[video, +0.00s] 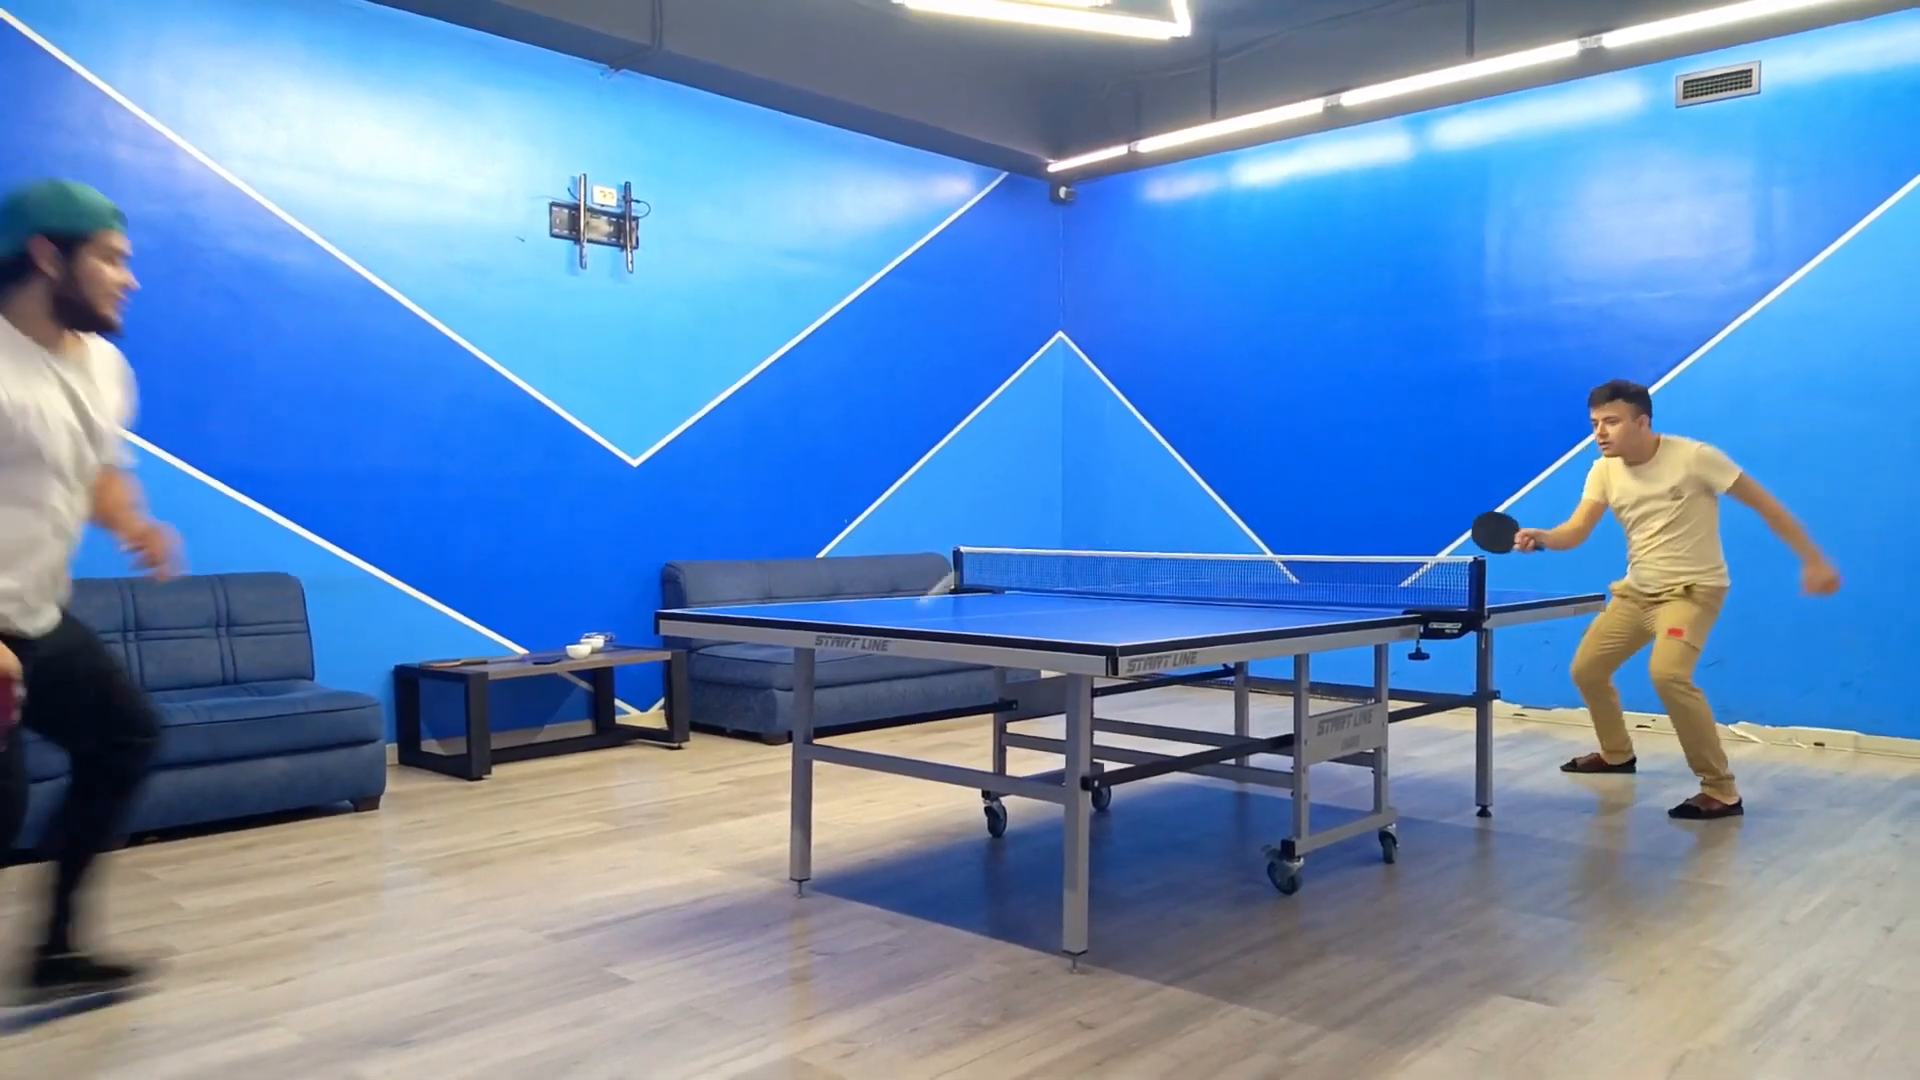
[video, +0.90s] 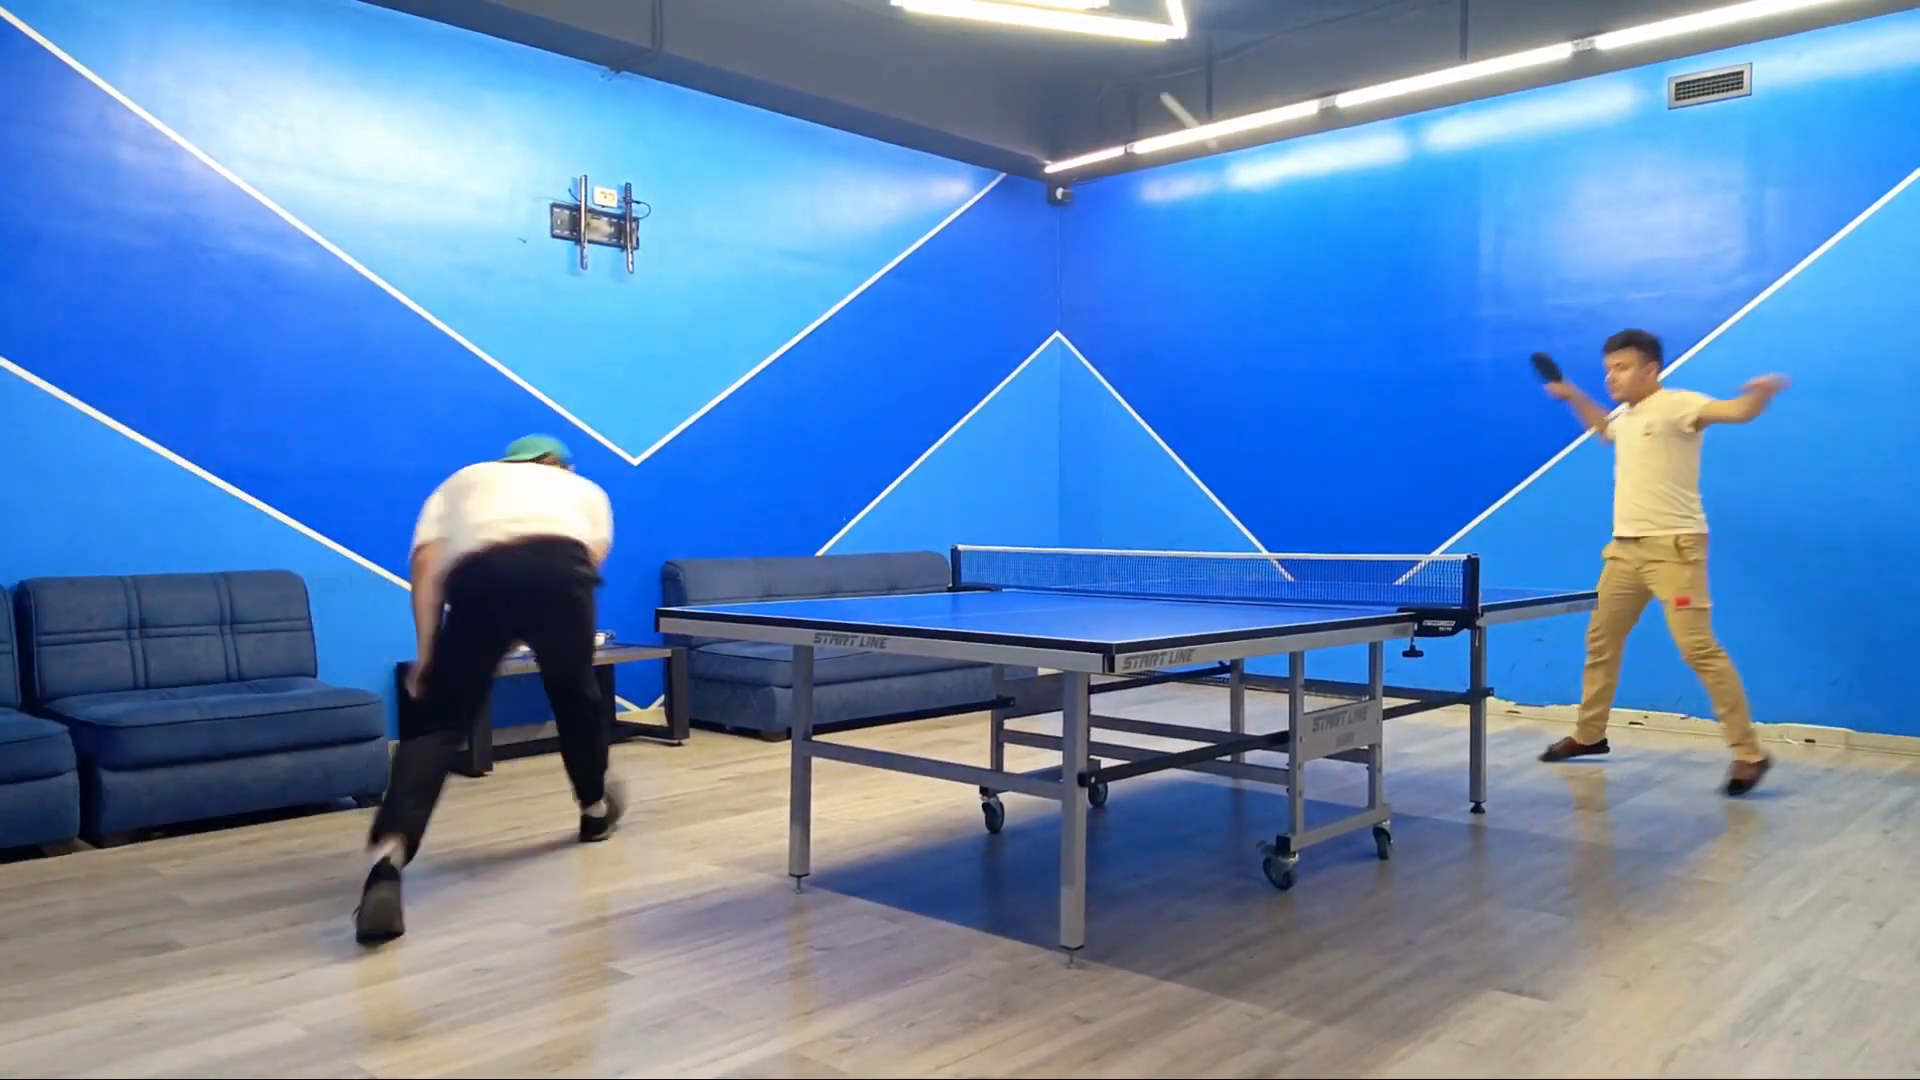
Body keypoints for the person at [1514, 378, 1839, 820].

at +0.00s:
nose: (1600, 432)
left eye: (1610, 422)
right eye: (1595, 424)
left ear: (1643, 421)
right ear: (1594, 426)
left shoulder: (1694, 459)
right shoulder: (1605, 470)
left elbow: (1766, 505)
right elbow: (1576, 530)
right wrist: (1542, 538)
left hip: (1692, 590)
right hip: (1637, 592)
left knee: (1668, 676)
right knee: (1587, 671)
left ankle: (1721, 792)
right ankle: (1616, 754)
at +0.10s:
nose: (1591, 424)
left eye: (1602, 414)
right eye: (1586, 416)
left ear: (1633, 415)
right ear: (1584, 419)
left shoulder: (1678, 457)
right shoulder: (1591, 465)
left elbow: (1743, 502)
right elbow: (1559, 524)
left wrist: (1779, 567)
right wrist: (1525, 532)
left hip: (1677, 589)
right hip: (1624, 591)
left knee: (1663, 674)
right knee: (1578, 667)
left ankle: (1718, 790)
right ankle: (1613, 753)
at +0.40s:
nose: (1552, 418)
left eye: (1562, 407)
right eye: (1547, 411)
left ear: (1591, 409)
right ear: (1546, 419)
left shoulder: (1630, 446)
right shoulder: (1569, 465)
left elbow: (1700, 480)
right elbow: (1578, 527)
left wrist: (1711, 548)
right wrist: (1532, 553)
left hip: (1659, 575)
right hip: (1614, 580)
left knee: (1666, 667)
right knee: (1576, 648)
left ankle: (1736, 772)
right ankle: (1585, 740)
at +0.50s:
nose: (1544, 445)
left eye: (1553, 435)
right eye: (1539, 438)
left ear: (1582, 436)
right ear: (1539, 443)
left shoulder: (1606, 467)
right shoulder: (1580, 487)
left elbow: (1675, 501)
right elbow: (1603, 553)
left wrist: (1660, 557)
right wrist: (1555, 587)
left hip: (1652, 593)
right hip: (1615, 598)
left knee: (1647, 684)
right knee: (1558, 654)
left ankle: (1736, 775)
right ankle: (1584, 743)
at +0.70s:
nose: (1564, 442)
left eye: (1572, 432)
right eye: (1562, 435)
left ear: (1601, 432)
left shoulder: (1616, 456)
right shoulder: (1600, 481)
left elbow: (1644, 480)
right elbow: (1599, 552)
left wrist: (1604, 506)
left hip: (1646, 588)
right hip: (1617, 595)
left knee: (1641, 682)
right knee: (1556, 649)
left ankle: (1732, 771)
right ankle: (1583, 742)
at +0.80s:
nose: (1587, 405)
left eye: (1595, 395)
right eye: (1584, 397)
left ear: (1625, 395)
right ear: (1588, 403)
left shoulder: (1648, 422)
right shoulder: (1605, 449)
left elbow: (1691, 440)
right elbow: (1572, 489)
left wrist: (1665, 446)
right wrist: (1551, 453)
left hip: (1662, 562)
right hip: (1619, 568)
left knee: (1675, 660)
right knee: (1575, 645)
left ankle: (1724, 768)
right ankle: (1584, 741)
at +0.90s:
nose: (1612, 378)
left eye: (1620, 368)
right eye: (1608, 370)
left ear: (1652, 369)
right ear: (1611, 375)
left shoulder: (1678, 405)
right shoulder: (1624, 417)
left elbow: (1738, 413)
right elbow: (1602, 427)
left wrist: (1757, 394)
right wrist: (1574, 396)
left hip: (1676, 547)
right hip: (1626, 548)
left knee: (1698, 649)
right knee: (1602, 639)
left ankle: (1749, 754)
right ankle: (1589, 735)